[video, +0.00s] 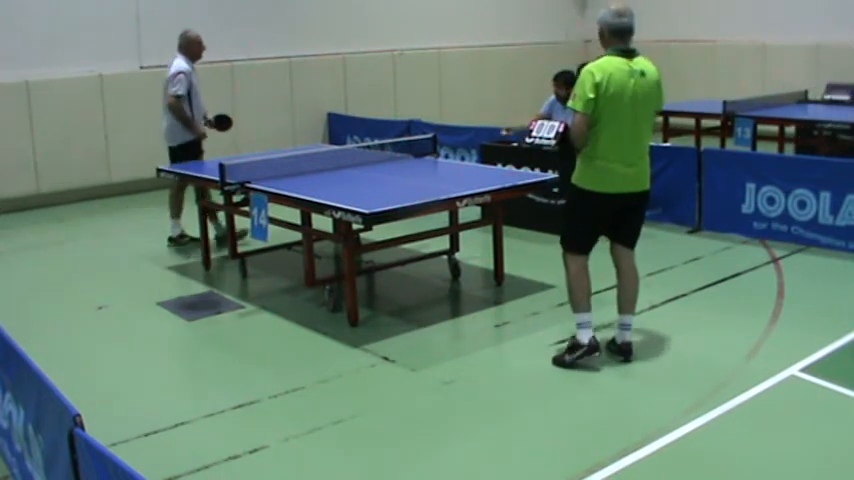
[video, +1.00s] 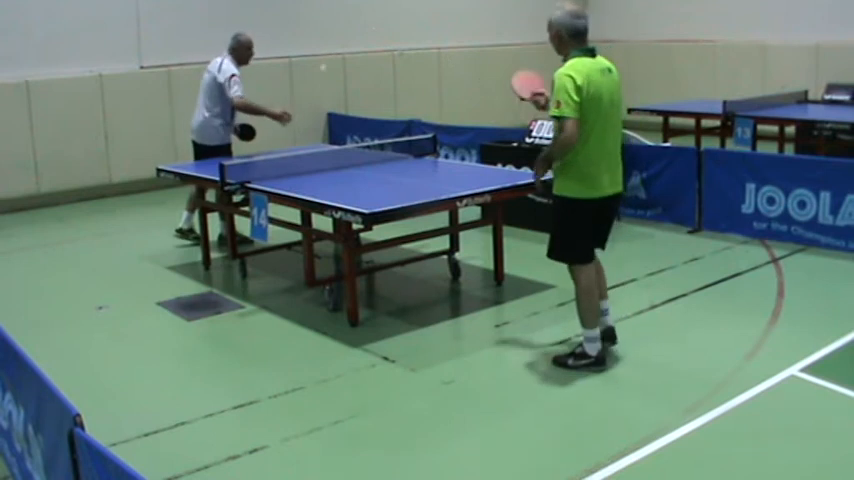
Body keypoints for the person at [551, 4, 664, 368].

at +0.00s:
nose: (598, 39)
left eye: (598, 34)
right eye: (605, 33)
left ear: (601, 34)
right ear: (632, 34)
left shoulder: (594, 71)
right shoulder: (650, 72)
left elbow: (577, 132)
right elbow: (653, 121)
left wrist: (578, 142)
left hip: (593, 184)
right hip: (636, 183)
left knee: (575, 252)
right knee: (624, 251)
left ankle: (585, 339)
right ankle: (625, 338)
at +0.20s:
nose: (591, 40)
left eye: (591, 35)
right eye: (595, 35)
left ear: (595, 36)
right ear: (624, 34)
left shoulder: (590, 72)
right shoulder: (645, 71)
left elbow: (575, 134)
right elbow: (638, 117)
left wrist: (567, 140)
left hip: (590, 183)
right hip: (632, 182)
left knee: (582, 258)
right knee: (622, 252)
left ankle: (590, 345)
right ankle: (624, 339)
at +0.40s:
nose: (581, 40)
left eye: (582, 35)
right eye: (586, 34)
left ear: (585, 35)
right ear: (615, 33)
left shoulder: (583, 73)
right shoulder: (636, 71)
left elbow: (572, 138)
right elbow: (626, 122)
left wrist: (557, 137)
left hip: (586, 184)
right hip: (626, 183)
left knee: (583, 260)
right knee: (616, 252)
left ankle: (591, 347)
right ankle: (624, 339)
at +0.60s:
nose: (567, 41)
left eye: (568, 37)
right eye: (569, 37)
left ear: (573, 37)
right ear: (603, 35)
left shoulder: (578, 75)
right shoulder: (624, 69)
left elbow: (569, 134)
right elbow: (615, 119)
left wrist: (554, 156)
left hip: (582, 187)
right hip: (617, 184)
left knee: (583, 264)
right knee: (607, 255)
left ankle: (592, 347)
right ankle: (622, 337)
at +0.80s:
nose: (558, 42)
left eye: (558, 37)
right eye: (559, 37)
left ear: (565, 38)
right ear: (592, 36)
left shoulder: (570, 75)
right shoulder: (615, 68)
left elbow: (567, 134)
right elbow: (604, 113)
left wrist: (548, 159)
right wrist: (553, 104)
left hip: (580, 189)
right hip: (612, 186)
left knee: (581, 264)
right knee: (594, 253)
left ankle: (592, 347)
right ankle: (617, 325)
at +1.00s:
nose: (549, 42)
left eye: (550, 36)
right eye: (550, 36)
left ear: (558, 38)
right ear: (584, 36)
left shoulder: (568, 75)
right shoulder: (607, 68)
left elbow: (569, 134)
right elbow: (602, 114)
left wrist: (543, 161)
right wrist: (553, 108)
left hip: (580, 188)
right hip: (608, 184)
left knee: (578, 262)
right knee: (587, 255)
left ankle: (591, 348)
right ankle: (604, 324)